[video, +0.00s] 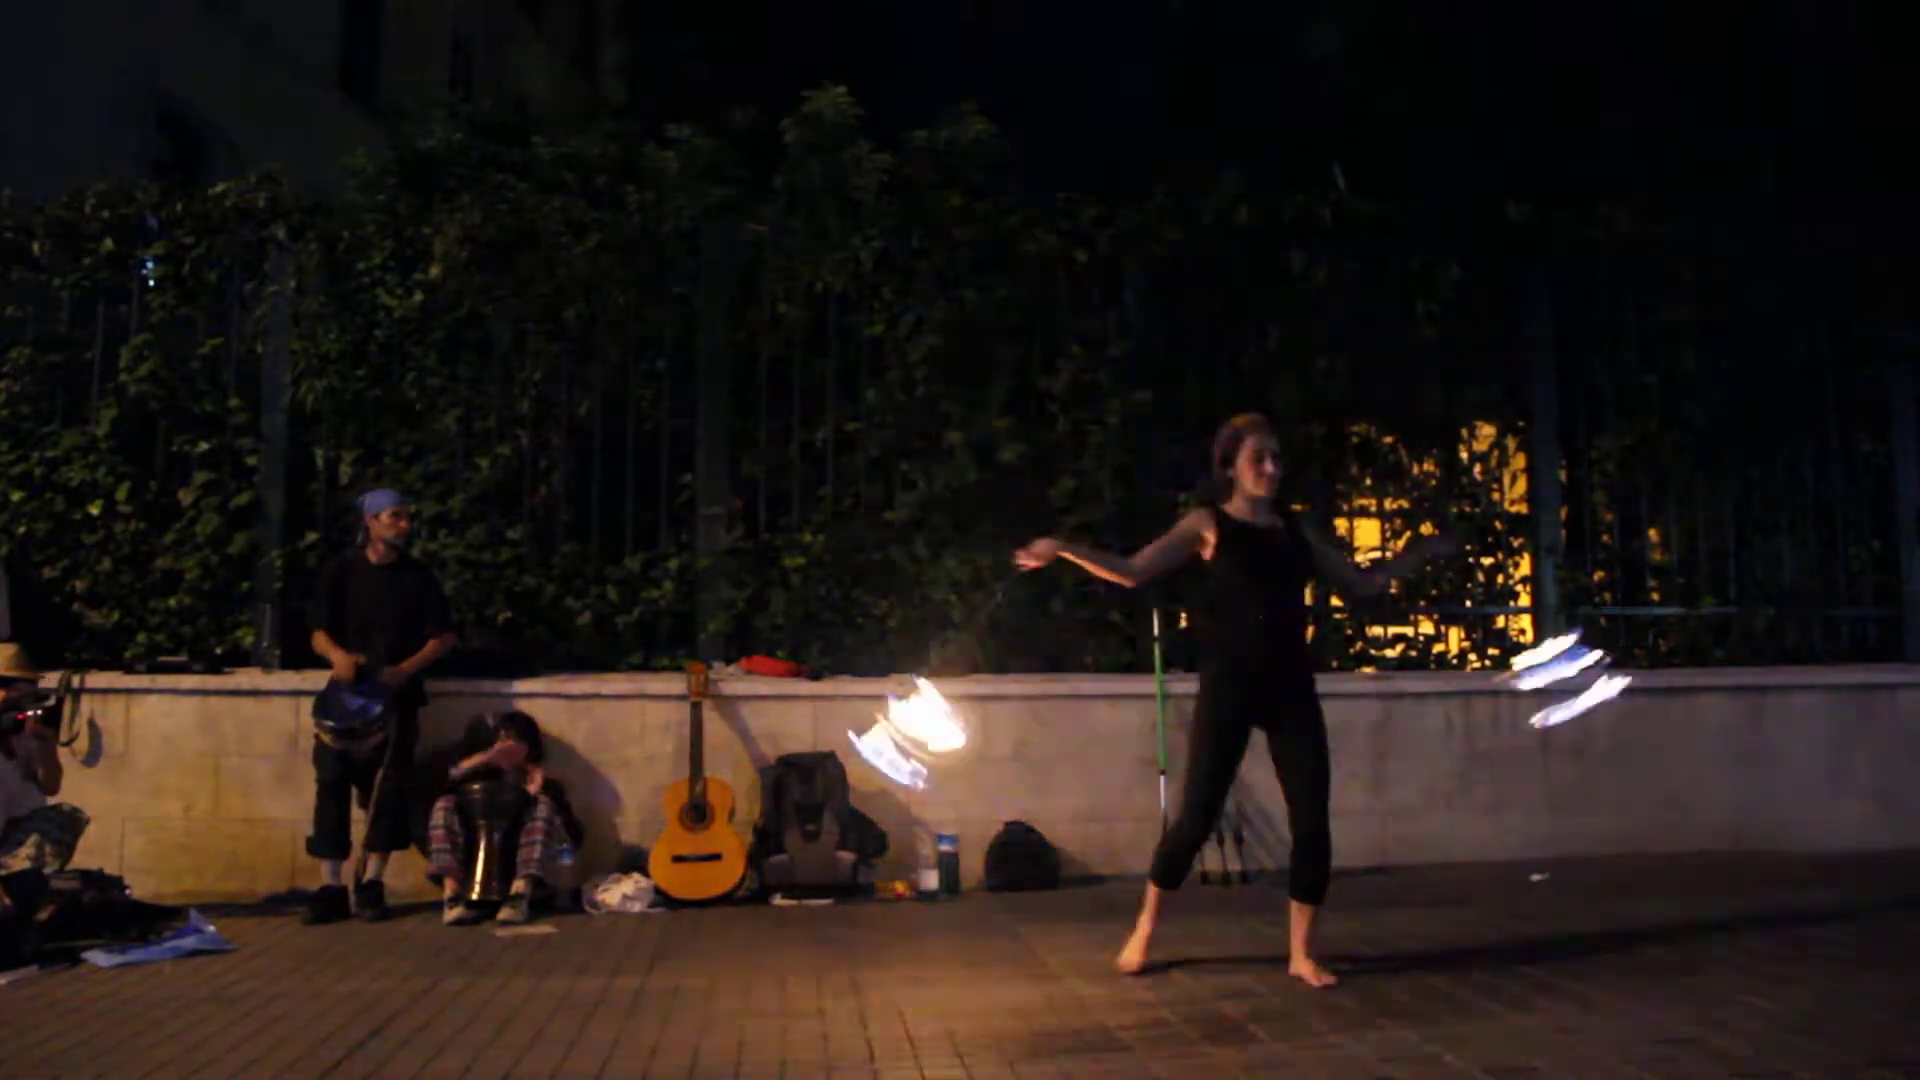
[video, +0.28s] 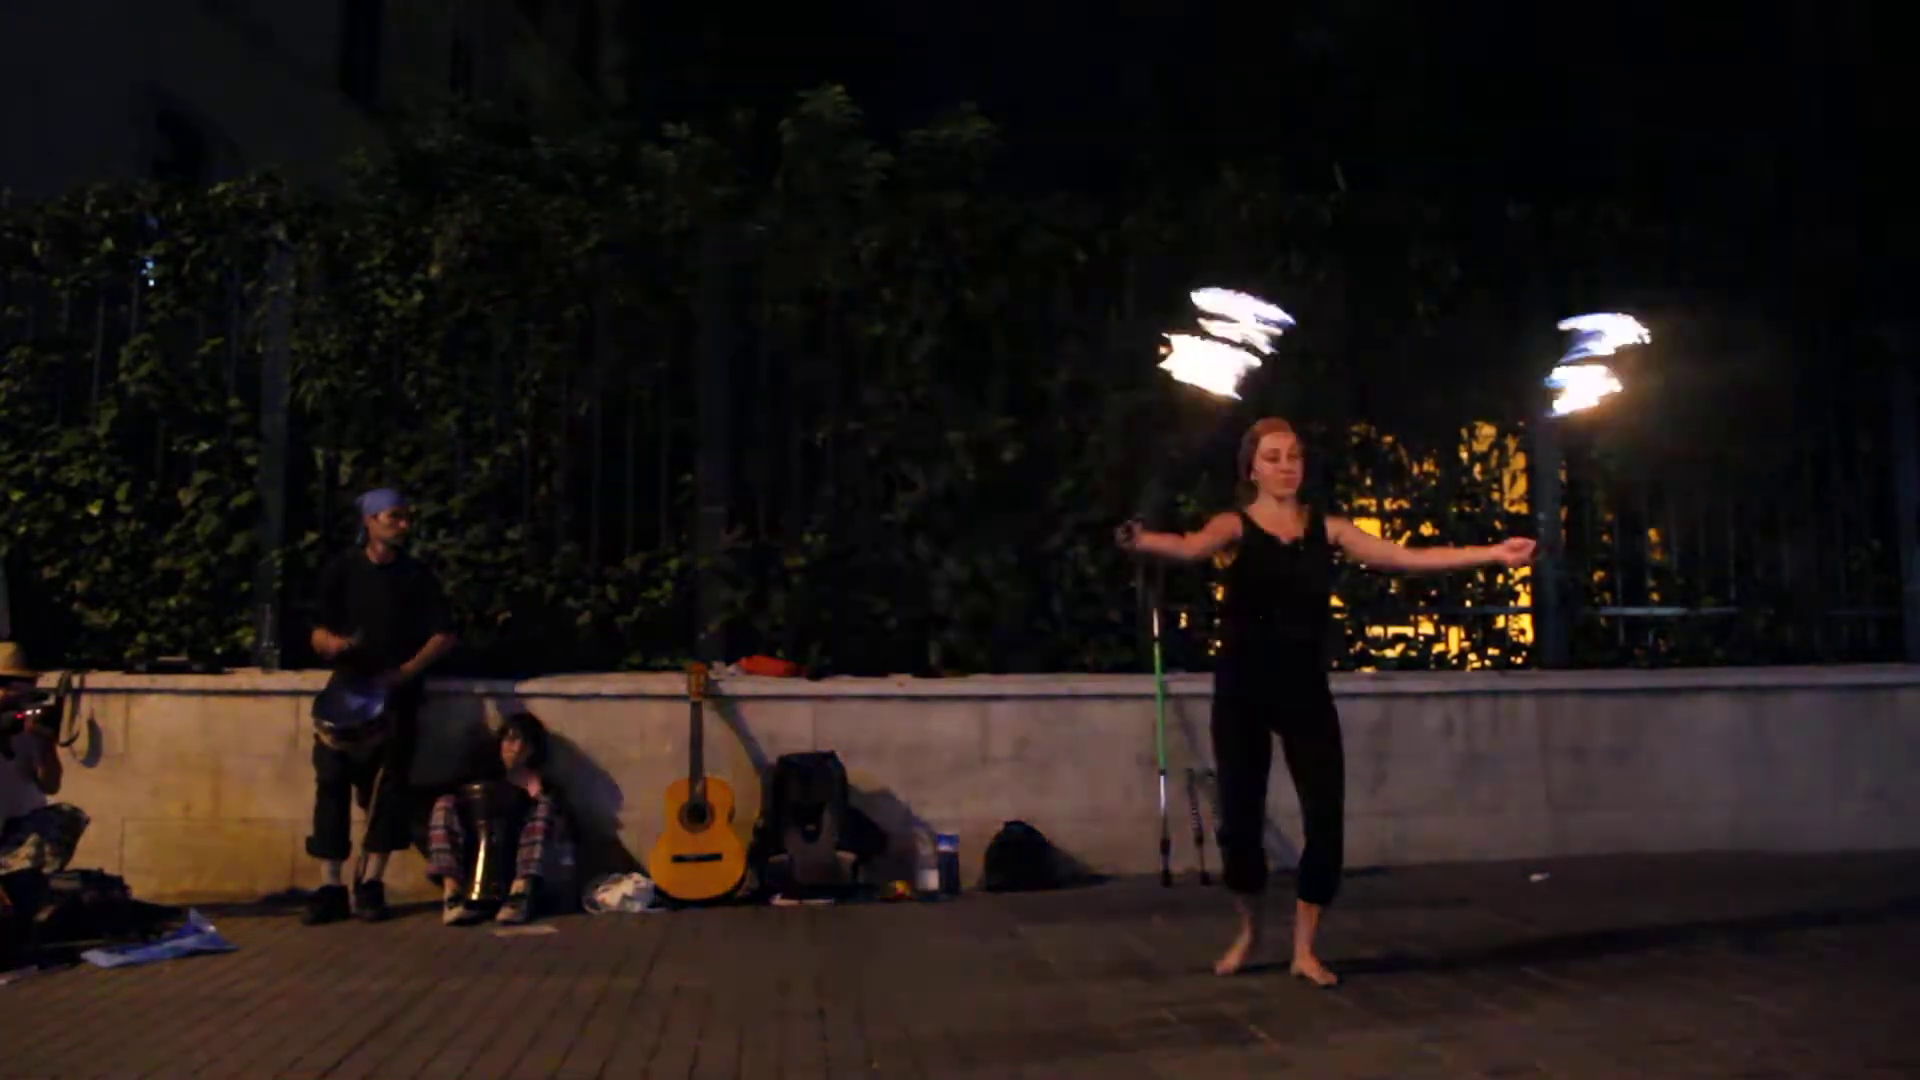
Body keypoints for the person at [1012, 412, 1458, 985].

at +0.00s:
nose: (1269, 465)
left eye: (1274, 455)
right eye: (1257, 456)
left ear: (1281, 464)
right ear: (1230, 465)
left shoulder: (1297, 531)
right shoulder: (1206, 525)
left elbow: (1363, 584)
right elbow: (1132, 572)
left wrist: (1424, 556)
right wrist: (1064, 551)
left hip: (1291, 689)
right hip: (1227, 689)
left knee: (1312, 821)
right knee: (1196, 816)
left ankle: (1300, 954)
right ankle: (1145, 926)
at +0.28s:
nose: (1284, 466)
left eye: (1293, 457)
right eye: (1272, 457)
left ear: (1305, 466)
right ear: (1251, 467)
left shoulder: (1328, 530)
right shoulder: (1234, 525)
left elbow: (1406, 557)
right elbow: (1190, 547)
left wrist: (1493, 553)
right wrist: (1140, 540)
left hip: (1305, 692)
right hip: (1241, 692)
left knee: (1326, 821)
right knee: (1239, 817)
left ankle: (1304, 951)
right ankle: (1246, 932)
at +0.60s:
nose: (1278, 447)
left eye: (1286, 438)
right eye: (1267, 437)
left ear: (1295, 448)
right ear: (1241, 445)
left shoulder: (1309, 512)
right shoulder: (1218, 503)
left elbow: (1374, 541)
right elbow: (1164, 487)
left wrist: (1412, 483)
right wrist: (1133, 424)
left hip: (1288, 679)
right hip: (1220, 676)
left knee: (1301, 812)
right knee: (1179, 800)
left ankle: (1305, 949)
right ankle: (1134, 936)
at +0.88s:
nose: (1205, 444)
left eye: (1215, 435)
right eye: (1194, 434)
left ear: (1227, 445)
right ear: (1171, 441)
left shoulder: (1240, 509)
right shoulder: (1143, 498)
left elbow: (1303, 564)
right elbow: (1090, 521)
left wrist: (1369, 536)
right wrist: (1061, 482)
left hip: (1222, 671)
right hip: (1155, 671)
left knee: (1256, 799)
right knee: (1139, 803)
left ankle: (1302, 939)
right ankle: (1117, 942)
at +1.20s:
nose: (1147, 469)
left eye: (1155, 459)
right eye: (1136, 458)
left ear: (1164, 467)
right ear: (1110, 462)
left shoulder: (1180, 530)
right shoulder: (1085, 529)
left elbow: (1229, 590)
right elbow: (1069, 613)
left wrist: (1268, 541)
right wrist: (1078, 559)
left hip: (1171, 689)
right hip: (1105, 693)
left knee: (1223, 811)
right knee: (1113, 827)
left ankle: (1278, 941)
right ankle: (1114, 949)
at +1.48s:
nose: (1137, 448)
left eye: (1142, 440)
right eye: (1124, 439)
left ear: (1150, 451)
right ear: (1095, 451)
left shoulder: (1172, 517)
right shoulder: (1072, 524)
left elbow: (1224, 586)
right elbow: (1047, 609)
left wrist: (1293, 560)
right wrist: (1012, 618)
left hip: (1169, 681)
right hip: (1102, 686)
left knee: (1211, 811)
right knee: (1114, 822)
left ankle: (1256, 935)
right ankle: (1115, 949)